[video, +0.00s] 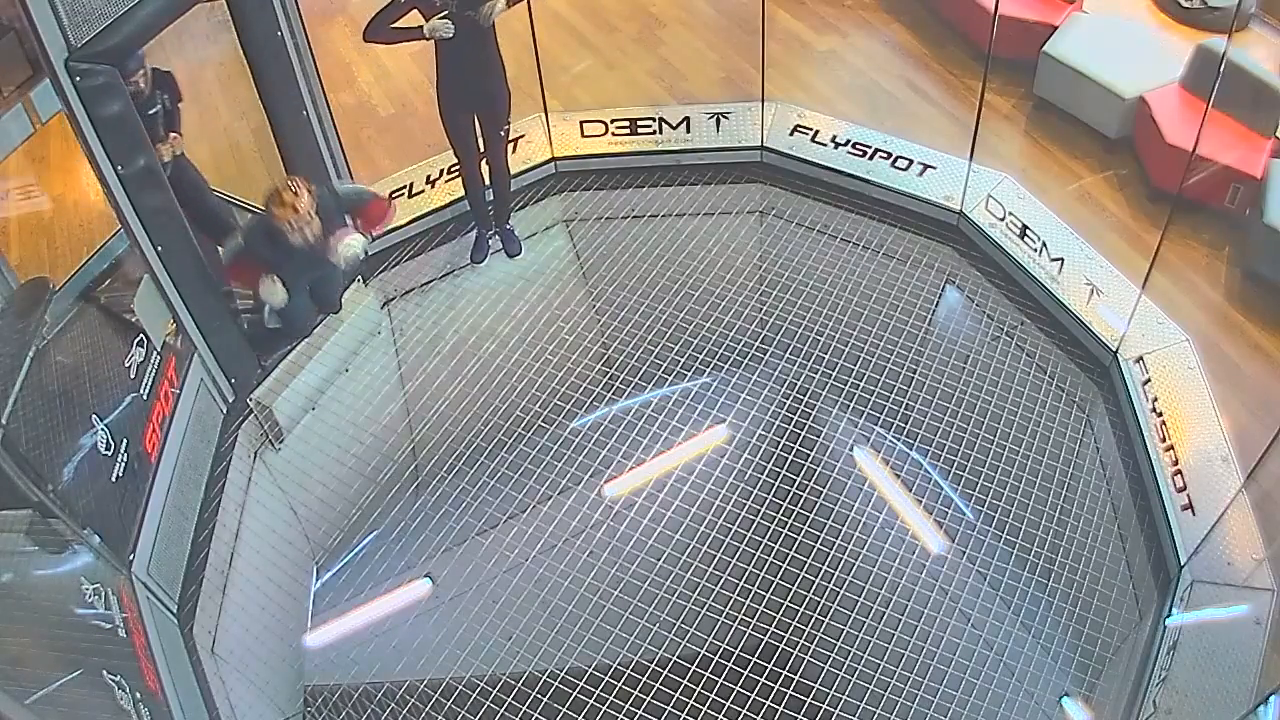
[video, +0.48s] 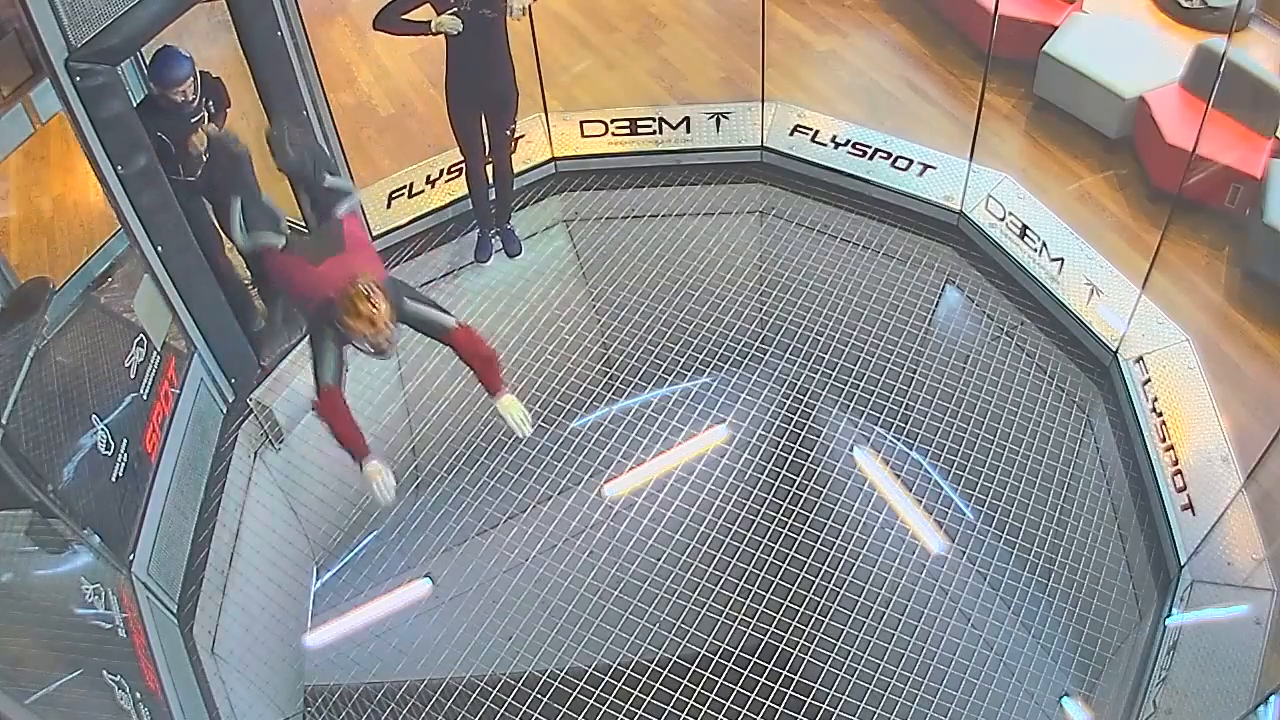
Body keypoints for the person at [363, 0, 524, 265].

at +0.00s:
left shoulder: (486, 1)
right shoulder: (420, 1)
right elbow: (372, 32)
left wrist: (498, 8)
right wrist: (424, 31)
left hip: (491, 80)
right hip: (452, 87)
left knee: (498, 156)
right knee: (468, 160)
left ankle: (504, 225)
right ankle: (483, 229)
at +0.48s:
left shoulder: (500, 0)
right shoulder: (436, 1)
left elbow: (511, 11)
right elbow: (382, 20)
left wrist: (517, 6)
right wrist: (430, 26)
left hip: (500, 79)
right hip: (461, 84)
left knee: (502, 154)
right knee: (474, 159)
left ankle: (504, 225)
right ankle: (485, 230)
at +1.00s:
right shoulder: (445, 0)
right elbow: (393, 16)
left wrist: (525, 6)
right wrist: (437, 24)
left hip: (508, 79)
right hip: (468, 82)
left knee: (506, 155)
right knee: (477, 158)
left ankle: (505, 224)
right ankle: (484, 229)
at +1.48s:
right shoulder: (449, 0)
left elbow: (528, 7)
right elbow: (398, 15)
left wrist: (532, 5)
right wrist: (436, 25)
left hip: (510, 80)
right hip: (471, 82)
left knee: (507, 155)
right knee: (478, 158)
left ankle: (505, 224)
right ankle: (485, 229)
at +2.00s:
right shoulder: (442, 1)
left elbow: (519, 8)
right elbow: (390, 18)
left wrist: (521, 6)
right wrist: (430, 26)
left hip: (505, 79)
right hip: (466, 82)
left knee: (505, 154)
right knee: (476, 158)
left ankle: (504, 225)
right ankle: (484, 229)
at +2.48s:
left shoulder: (507, 1)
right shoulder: (439, 2)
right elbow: (387, 20)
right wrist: (428, 25)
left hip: (502, 81)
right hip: (463, 85)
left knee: (503, 155)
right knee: (475, 160)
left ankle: (504, 225)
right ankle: (484, 229)